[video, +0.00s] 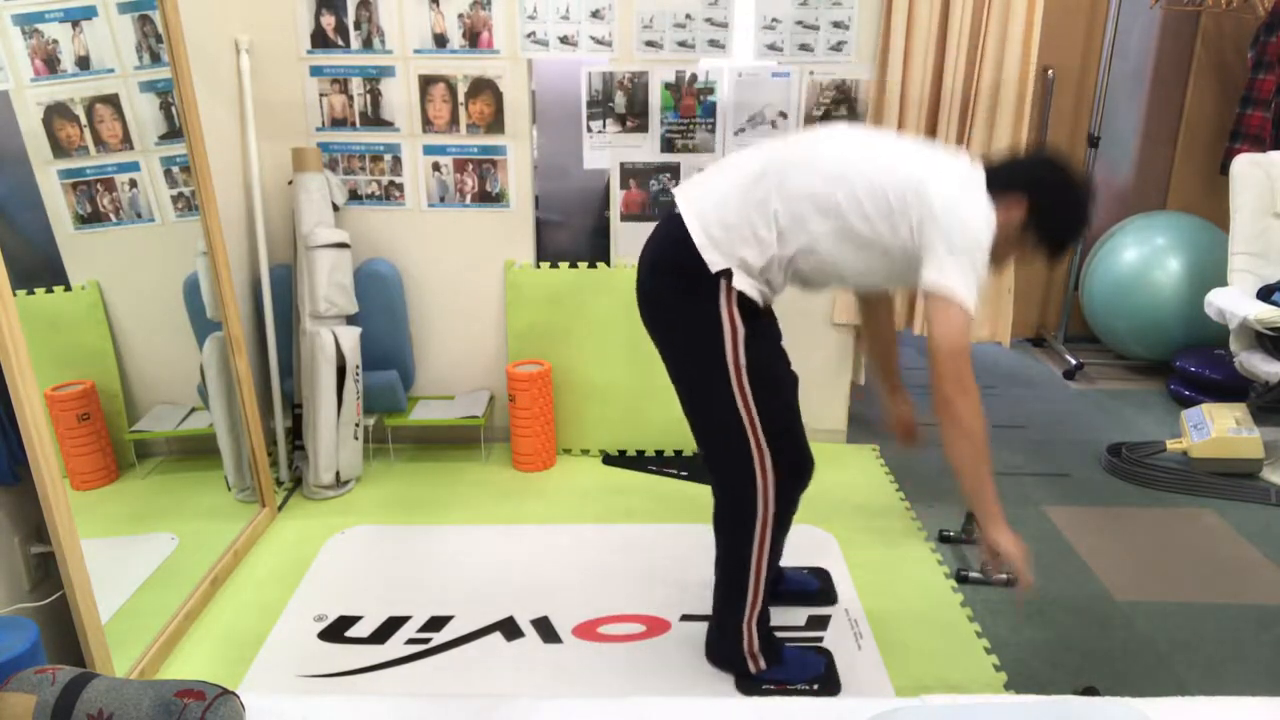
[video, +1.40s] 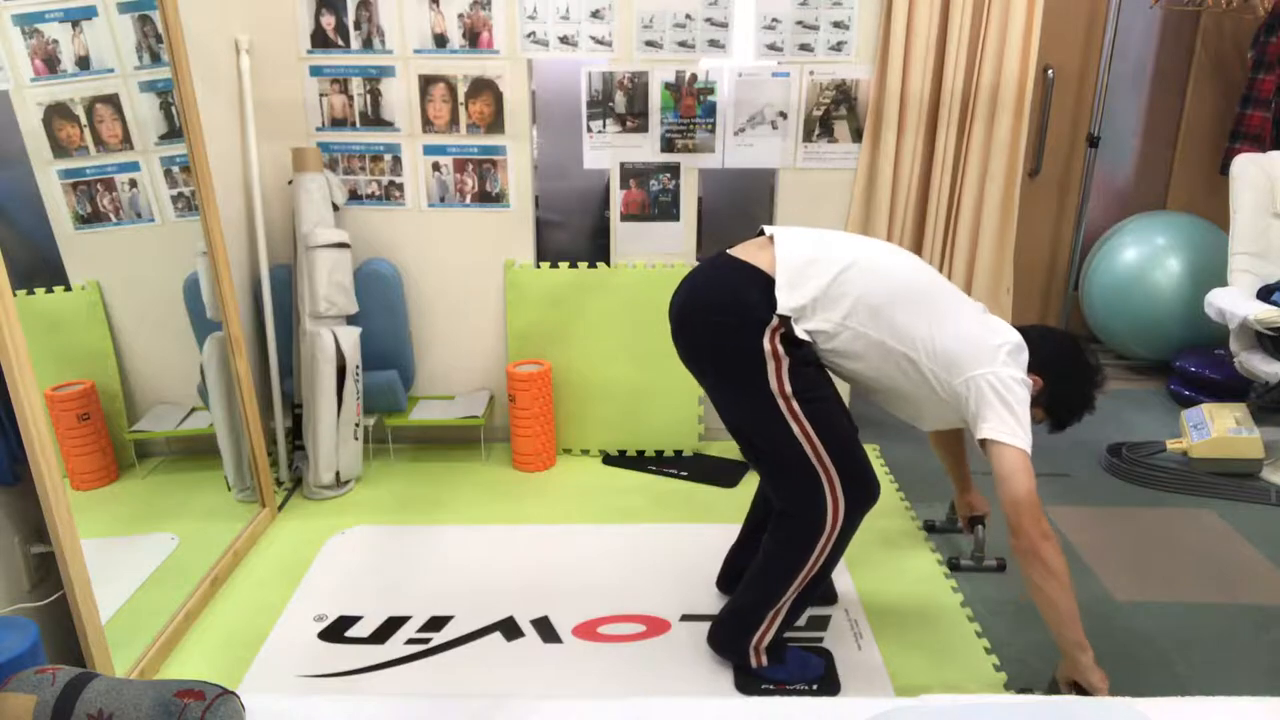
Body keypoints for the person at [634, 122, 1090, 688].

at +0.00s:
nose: (1010, 257)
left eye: (1024, 250)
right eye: (1024, 244)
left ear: (1007, 196)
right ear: (1015, 210)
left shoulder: (942, 176)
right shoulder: (963, 211)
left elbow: (873, 288)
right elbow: (953, 383)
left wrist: (895, 396)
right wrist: (992, 522)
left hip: (726, 261)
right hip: (704, 266)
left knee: (786, 459)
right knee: (761, 469)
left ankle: (751, 574)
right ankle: (743, 650)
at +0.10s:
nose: (998, 344)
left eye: (1007, 340)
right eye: (1008, 335)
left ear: (1000, 281)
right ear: (1005, 300)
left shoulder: (941, 259)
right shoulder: (959, 289)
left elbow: (916, 372)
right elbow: (977, 461)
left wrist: (938, 454)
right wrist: (1032, 588)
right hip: (699, 287)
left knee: (796, 459)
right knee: (788, 475)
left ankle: (752, 578)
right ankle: (745, 650)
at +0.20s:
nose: (985, 390)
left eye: (994, 383)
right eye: (997, 380)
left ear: (985, 329)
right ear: (992, 350)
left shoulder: (930, 304)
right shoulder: (949, 329)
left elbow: (933, 425)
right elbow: (982, 496)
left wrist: (973, 508)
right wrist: (1049, 625)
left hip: (707, 287)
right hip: (698, 304)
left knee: (808, 456)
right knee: (808, 483)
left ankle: (748, 577)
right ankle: (748, 649)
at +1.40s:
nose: (1024, 427)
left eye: (1034, 424)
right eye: (1035, 418)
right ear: (1033, 385)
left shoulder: (966, 334)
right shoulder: (998, 368)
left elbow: (943, 414)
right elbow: (1033, 538)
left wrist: (964, 489)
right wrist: (1079, 657)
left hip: (724, 290)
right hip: (744, 310)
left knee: (805, 461)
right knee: (846, 491)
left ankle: (750, 575)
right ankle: (748, 640)